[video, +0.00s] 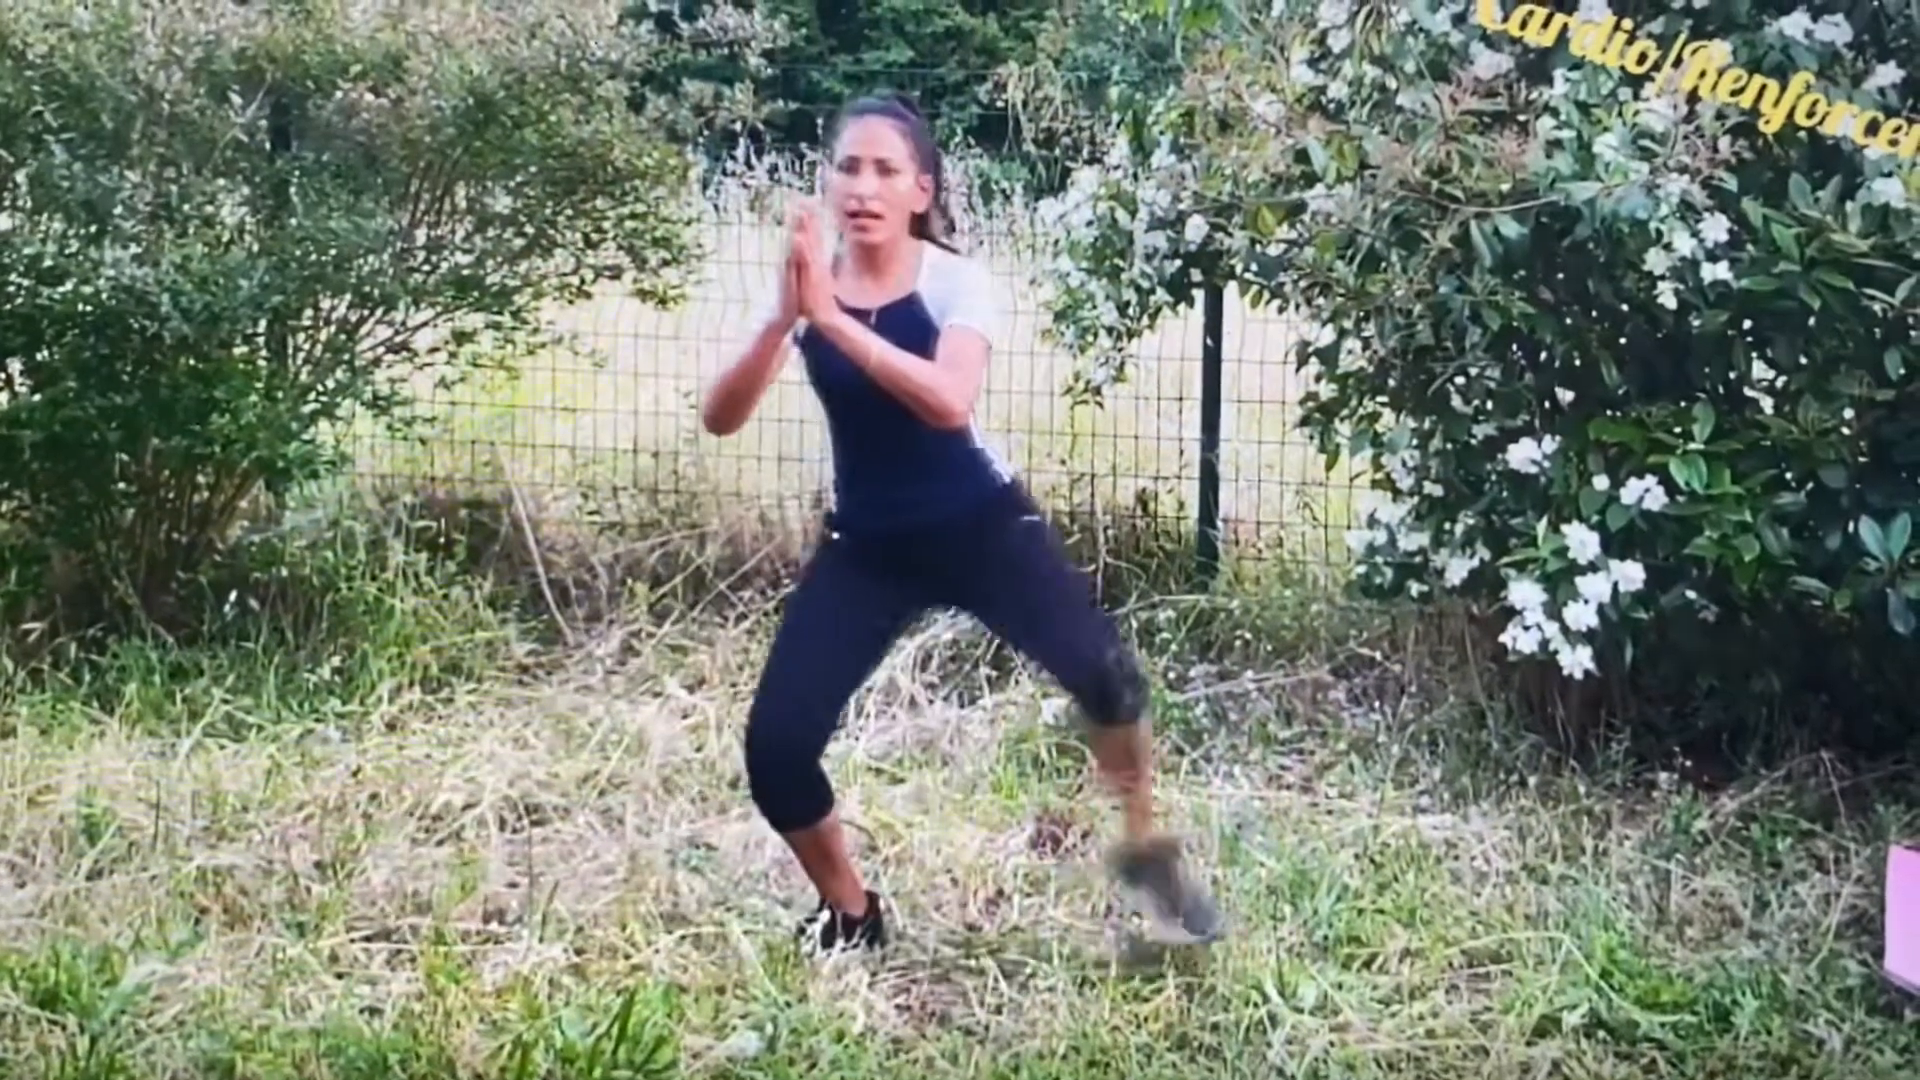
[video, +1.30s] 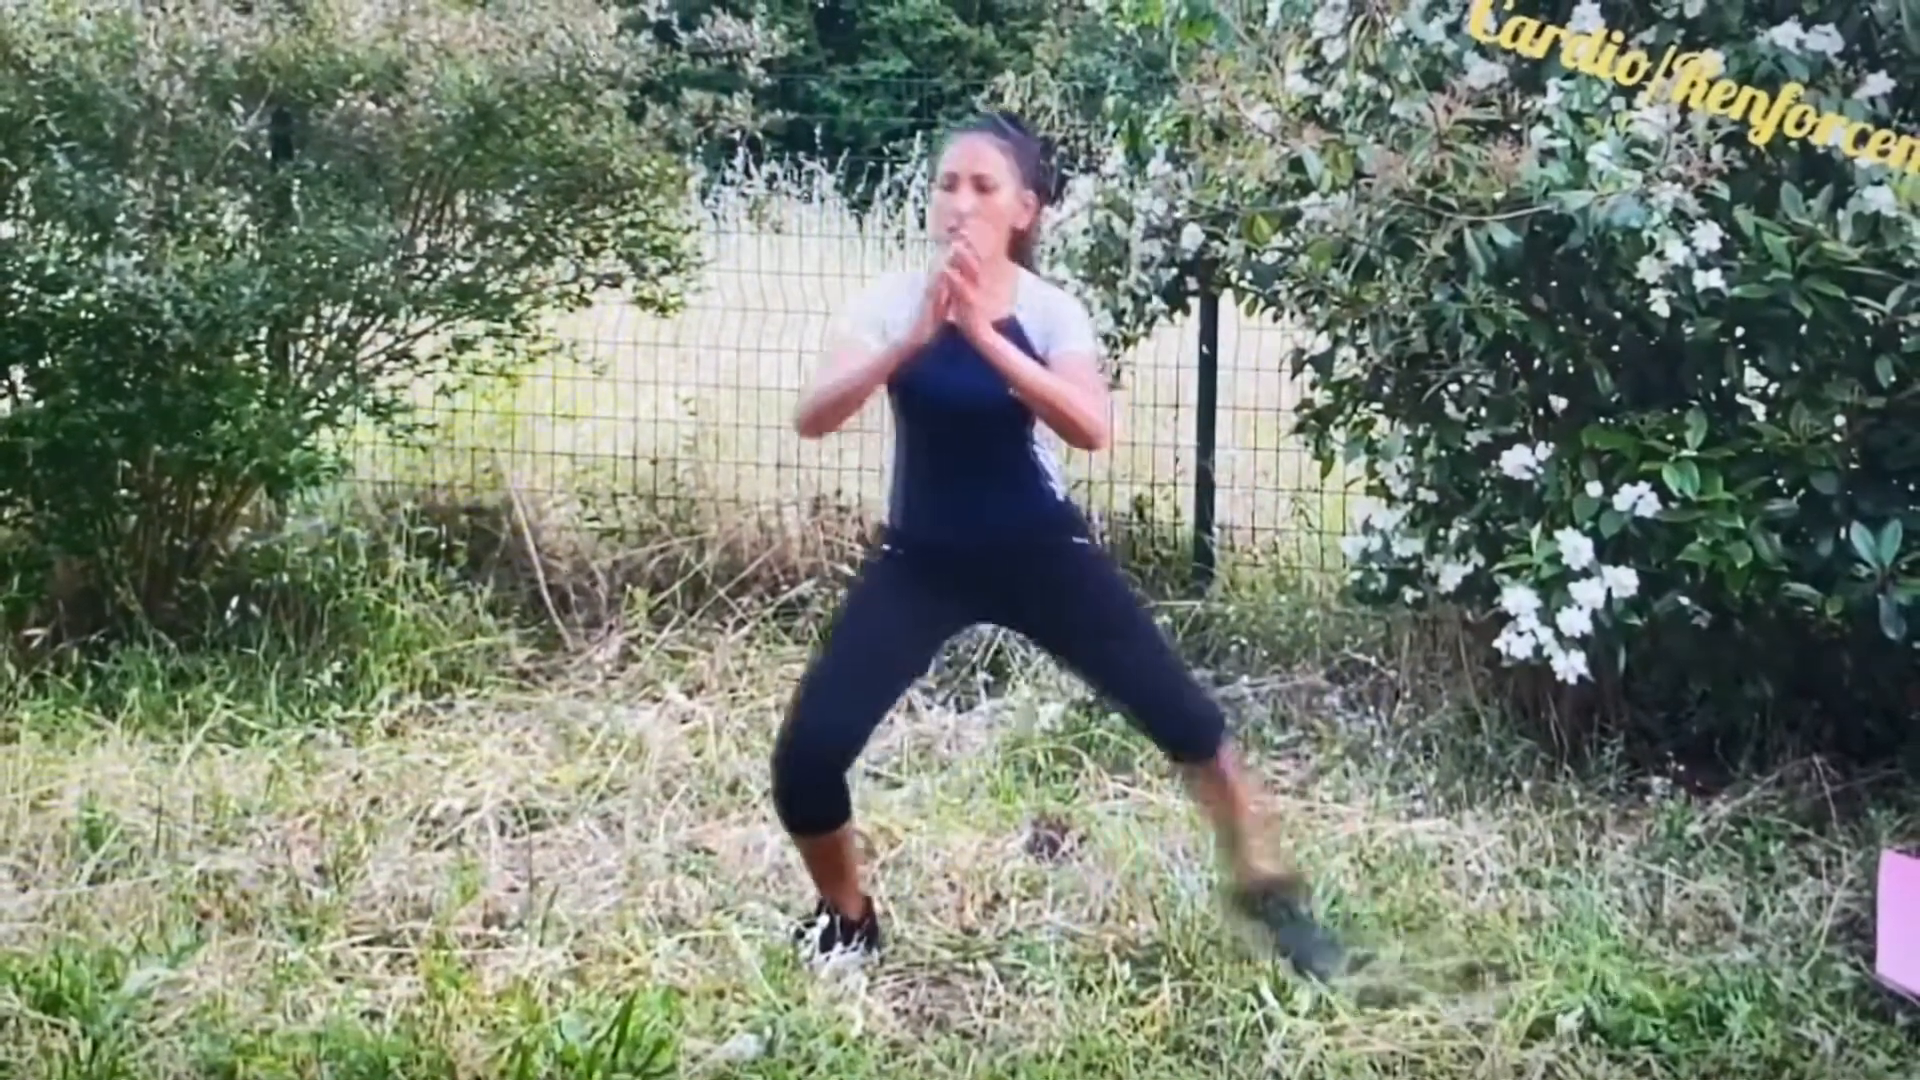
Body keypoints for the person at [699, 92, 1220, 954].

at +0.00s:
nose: (862, 187)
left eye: (886, 171)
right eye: (848, 168)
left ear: (922, 195)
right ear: (826, 184)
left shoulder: (959, 284)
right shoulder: (809, 288)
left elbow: (949, 401)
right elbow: (719, 416)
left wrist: (825, 317)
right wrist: (785, 319)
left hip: (982, 535)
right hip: (867, 551)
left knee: (1109, 678)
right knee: (775, 748)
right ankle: (850, 914)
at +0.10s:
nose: (891, 197)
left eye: (913, 180)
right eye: (876, 178)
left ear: (951, 203)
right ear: (851, 195)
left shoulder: (983, 293)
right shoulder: (836, 298)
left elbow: (983, 403)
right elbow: (748, 421)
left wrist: (860, 323)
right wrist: (819, 316)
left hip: (1015, 541)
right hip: (899, 560)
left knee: (1186, 687)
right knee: (788, 754)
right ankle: (850, 916)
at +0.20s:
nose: (928, 213)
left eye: (952, 195)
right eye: (916, 193)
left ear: (993, 219)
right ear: (893, 209)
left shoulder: (1028, 307)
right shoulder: (881, 309)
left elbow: (1028, 414)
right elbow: (796, 438)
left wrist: (907, 336)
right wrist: (866, 331)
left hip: (1061, 564)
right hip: (943, 577)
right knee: (809, 755)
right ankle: (850, 920)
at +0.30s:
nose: (993, 240)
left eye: (1014, 221)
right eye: (977, 220)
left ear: (1056, 242)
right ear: (953, 240)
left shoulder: (1090, 335)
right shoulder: (942, 343)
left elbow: (1097, 437)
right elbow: (863, 458)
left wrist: (977, 363)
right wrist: (931, 358)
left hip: (1118, 595)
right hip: (998, 601)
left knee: (1301, 752)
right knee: (841, 755)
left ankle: (1419, 938)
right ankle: (851, 921)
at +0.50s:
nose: (1092, 273)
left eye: (1112, 256)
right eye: (1078, 256)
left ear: (1152, 272)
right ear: (1057, 271)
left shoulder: (1187, 363)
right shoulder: (1036, 372)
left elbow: (1210, 469)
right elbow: (980, 500)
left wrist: (1095, 393)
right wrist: (1050, 390)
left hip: (1195, 627)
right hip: (1067, 628)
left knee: (1381, 764)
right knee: (889, 759)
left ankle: (1426, 938)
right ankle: (848, 921)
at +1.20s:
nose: (984, 225)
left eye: (1007, 208)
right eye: (975, 205)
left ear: (1058, 228)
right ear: (961, 218)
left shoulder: (1083, 327)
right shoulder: (934, 316)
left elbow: (1116, 438)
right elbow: (856, 441)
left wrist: (1011, 351)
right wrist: (948, 350)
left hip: (1090, 584)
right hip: (968, 586)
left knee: (1253, 753)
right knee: (826, 755)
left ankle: (1408, 932)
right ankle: (849, 925)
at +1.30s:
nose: (957, 202)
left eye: (980, 187)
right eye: (948, 185)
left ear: (1026, 210)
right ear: (931, 198)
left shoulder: (1051, 311)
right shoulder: (898, 297)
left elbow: (1092, 427)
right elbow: (812, 418)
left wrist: (987, 337)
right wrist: (913, 340)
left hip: (1040, 563)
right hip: (919, 567)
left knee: (1192, 724)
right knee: (805, 762)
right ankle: (848, 921)